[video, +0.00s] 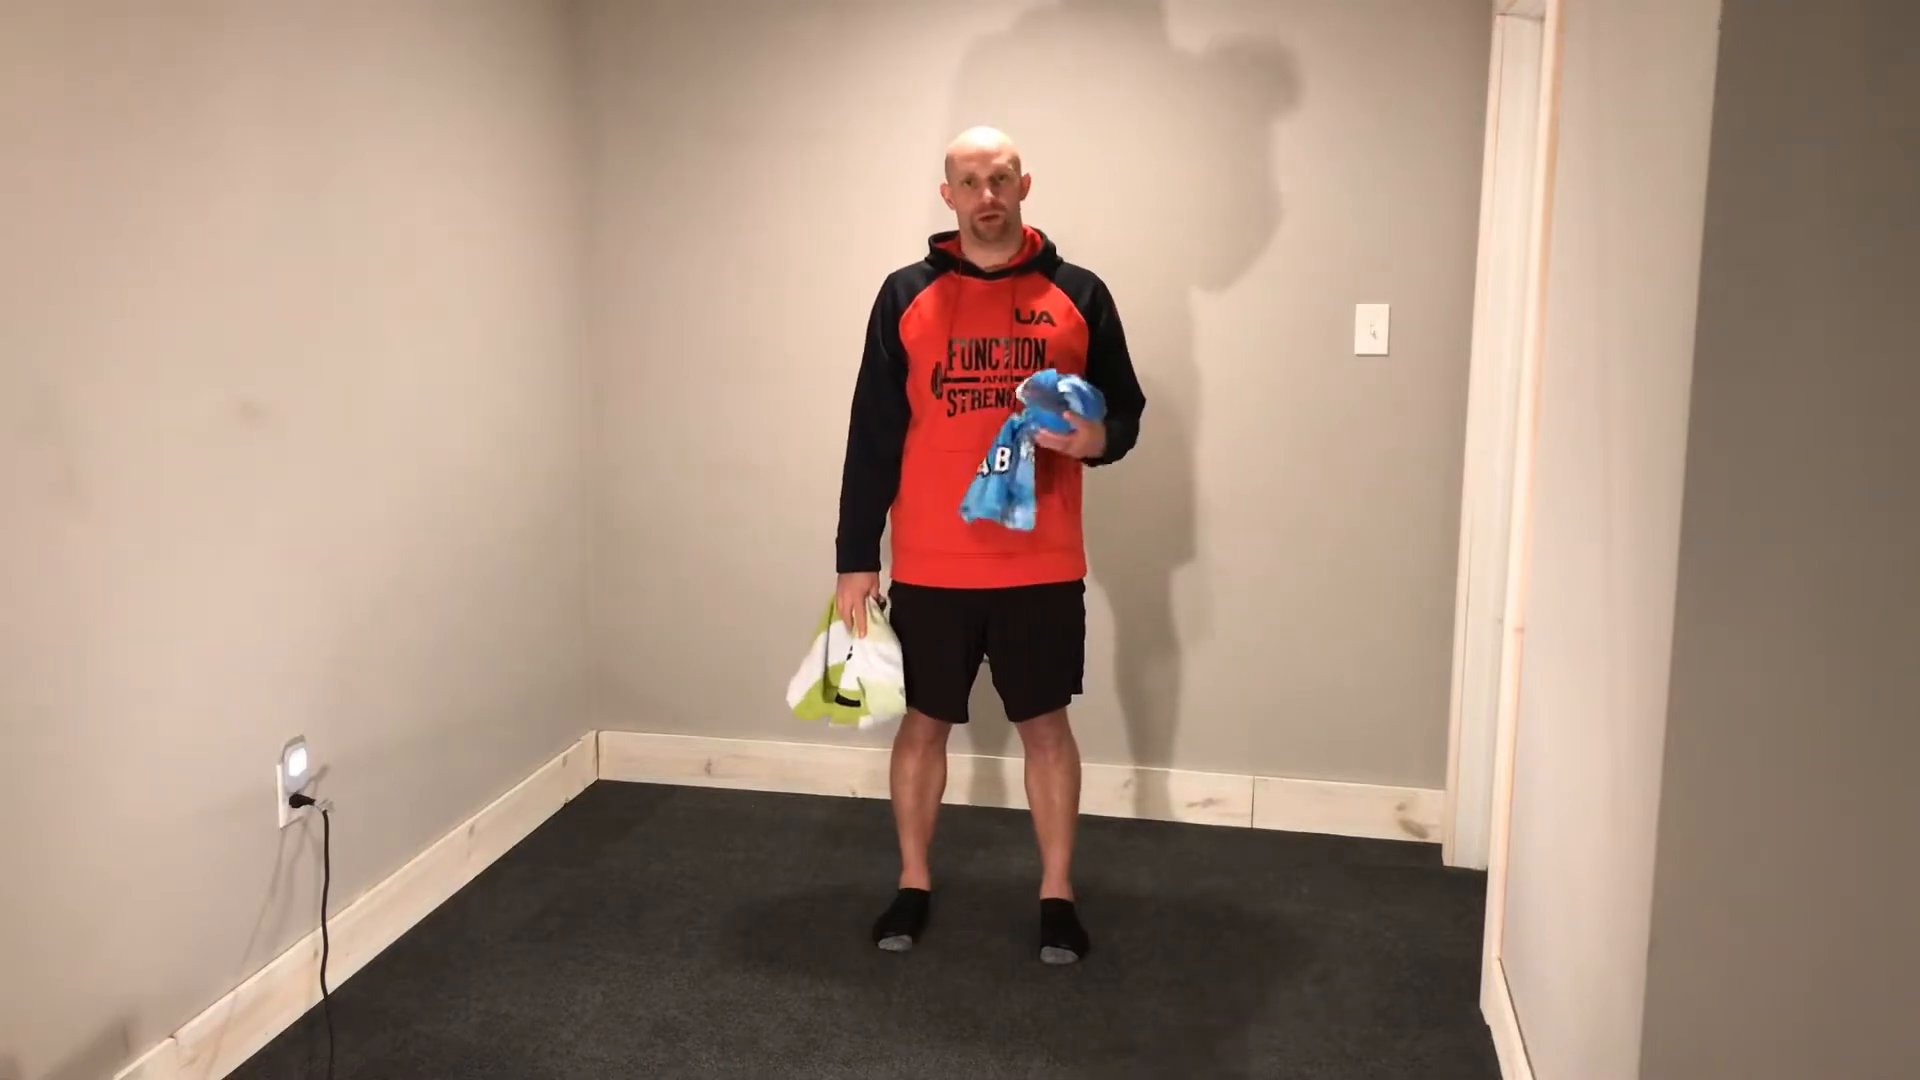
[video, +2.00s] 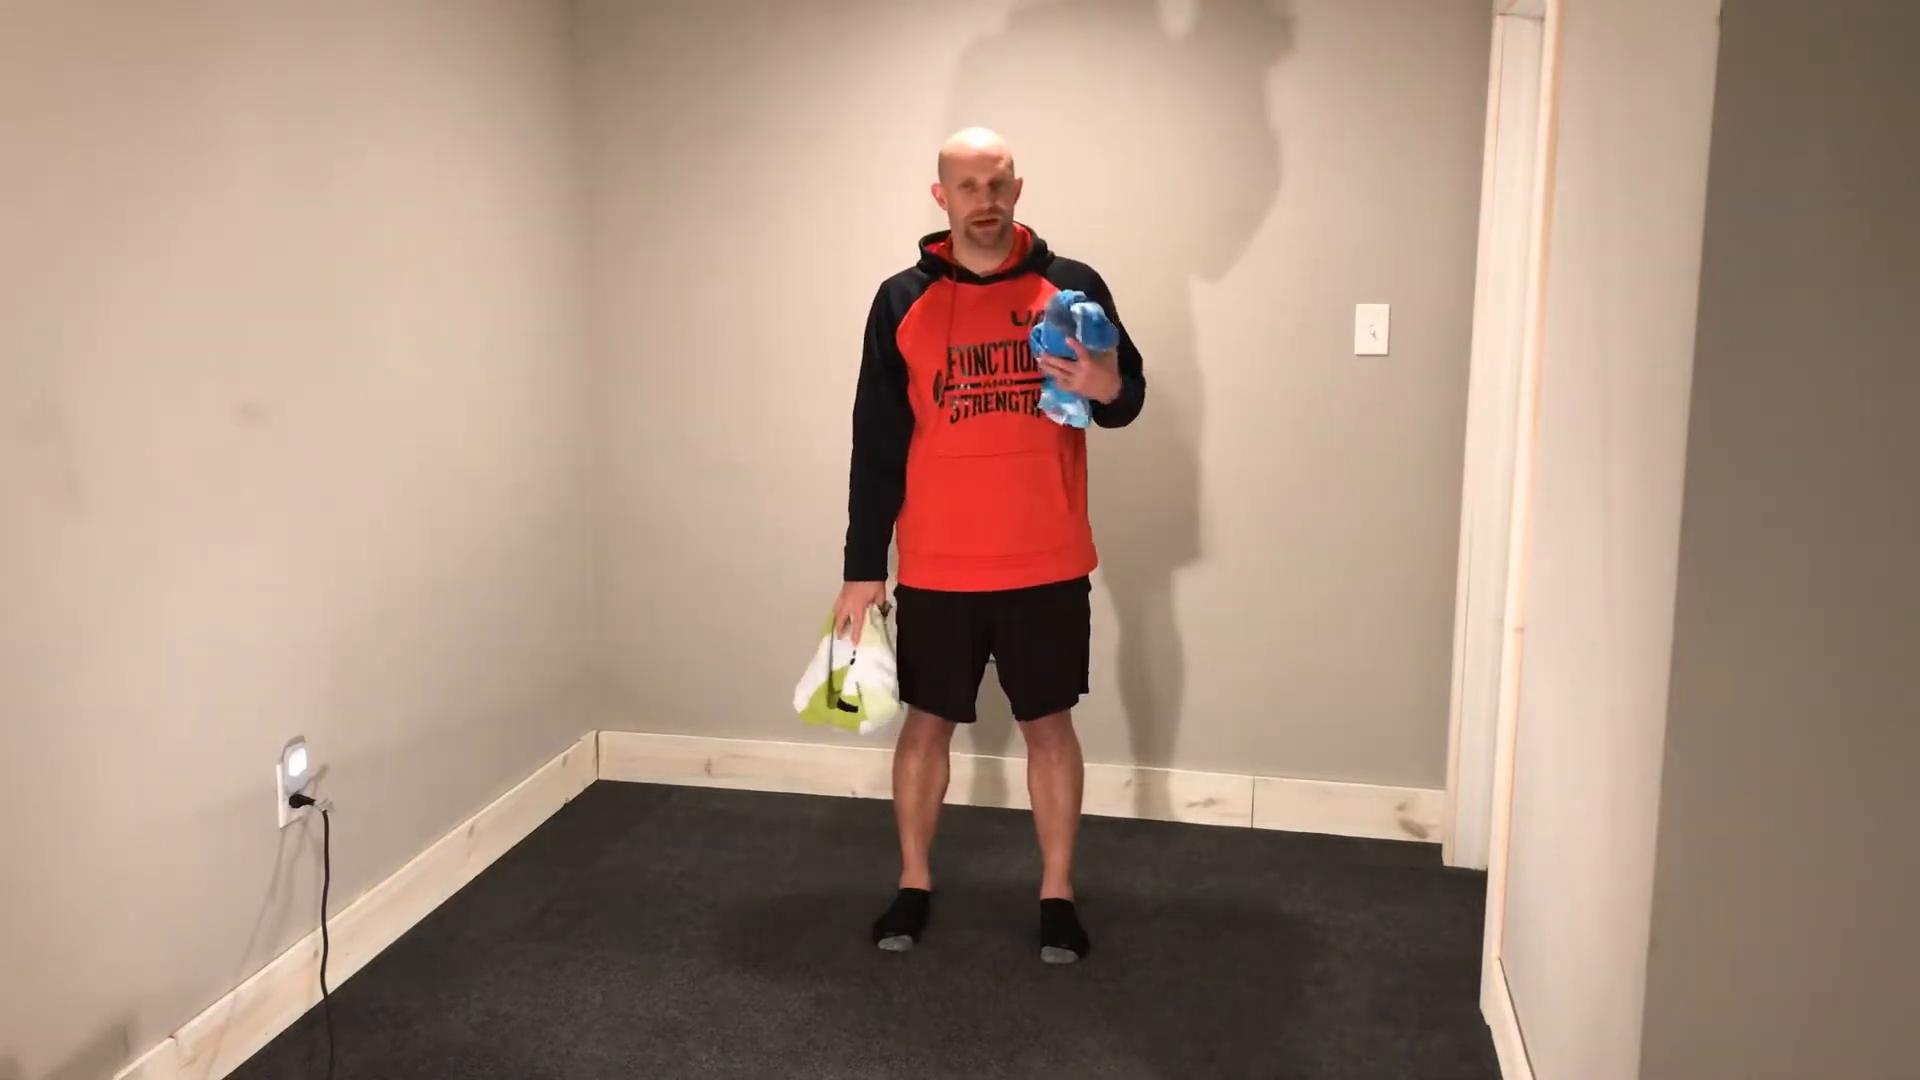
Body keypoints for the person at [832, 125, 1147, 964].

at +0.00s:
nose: (986, 195)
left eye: (999, 180)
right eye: (969, 182)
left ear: (1024, 188)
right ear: (947, 193)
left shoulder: (1079, 294)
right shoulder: (907, 297)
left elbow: (1123, 412)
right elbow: (873, 434)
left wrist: (1098, 439)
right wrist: (856, 558)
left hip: (1038, 560)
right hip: (933, 561)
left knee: (1044, 724)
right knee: (924, 723)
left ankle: (1057, 896)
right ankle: (911, 888)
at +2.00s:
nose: (984, 202)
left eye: (998, 186)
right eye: (968, 187)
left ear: (1018, 190)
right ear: (941, 193)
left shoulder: (1070, 289)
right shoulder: (902, 301)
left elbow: (1127, 397)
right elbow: (877, 441)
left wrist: (1109, 388)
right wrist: (863, 568)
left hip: (1045, 562)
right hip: (936, 565)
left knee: (1049, 727)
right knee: (925, 724)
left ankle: (1058, 897)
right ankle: (912, 889)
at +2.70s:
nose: (986, 205)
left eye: (1000, 187)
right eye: (970, 190)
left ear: (1030, 185)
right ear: (951, 194)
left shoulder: (1090, 293)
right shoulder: (913, 294)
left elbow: (1128, 403)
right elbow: (854, 402)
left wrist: (1091, 445)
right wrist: (805, 500)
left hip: (1045, 559)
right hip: (938, 558)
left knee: (1048, 723)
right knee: (927, 718)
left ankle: (1058, 898)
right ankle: (912, 887)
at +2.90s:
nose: (962, 222)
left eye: (976, 206)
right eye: (953, 205)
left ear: (1026, 191)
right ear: (946, 199)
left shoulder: (1091, 296)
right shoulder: (918, 288)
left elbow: (1131, 409)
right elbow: (850, 366)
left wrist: (1091, 444)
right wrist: (778, 386)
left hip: (1043, 558)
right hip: (937, 555)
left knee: (1046, 721)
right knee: (927, 716)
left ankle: (1058, 897)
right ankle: (912, 888)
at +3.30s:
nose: (973, 216)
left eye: (987, 199)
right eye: (964, 199)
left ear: (1036, 190)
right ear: (957, 197)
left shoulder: (1093, 300)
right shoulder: (917, 280)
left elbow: (1130, 413)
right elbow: (831, 320)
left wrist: (1087, 458)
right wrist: (764, 265)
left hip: (1039, 560)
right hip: (932, 553)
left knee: (1044, 721)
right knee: (926, 716)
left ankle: (1058, 898)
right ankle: (912, 886)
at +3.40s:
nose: (977, 214)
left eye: (992, 197)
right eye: (967, 198)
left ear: (1037, 190)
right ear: (959, 196)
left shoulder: (1092, 300)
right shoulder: (916, 281)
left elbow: (1131, 416)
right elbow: (822, 302)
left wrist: (1085, 453)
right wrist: (761, 239)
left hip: (1037, 559)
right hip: (932, 551)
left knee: (1044, 721)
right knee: (926, 716)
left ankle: (1057, 899)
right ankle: (913, 888)